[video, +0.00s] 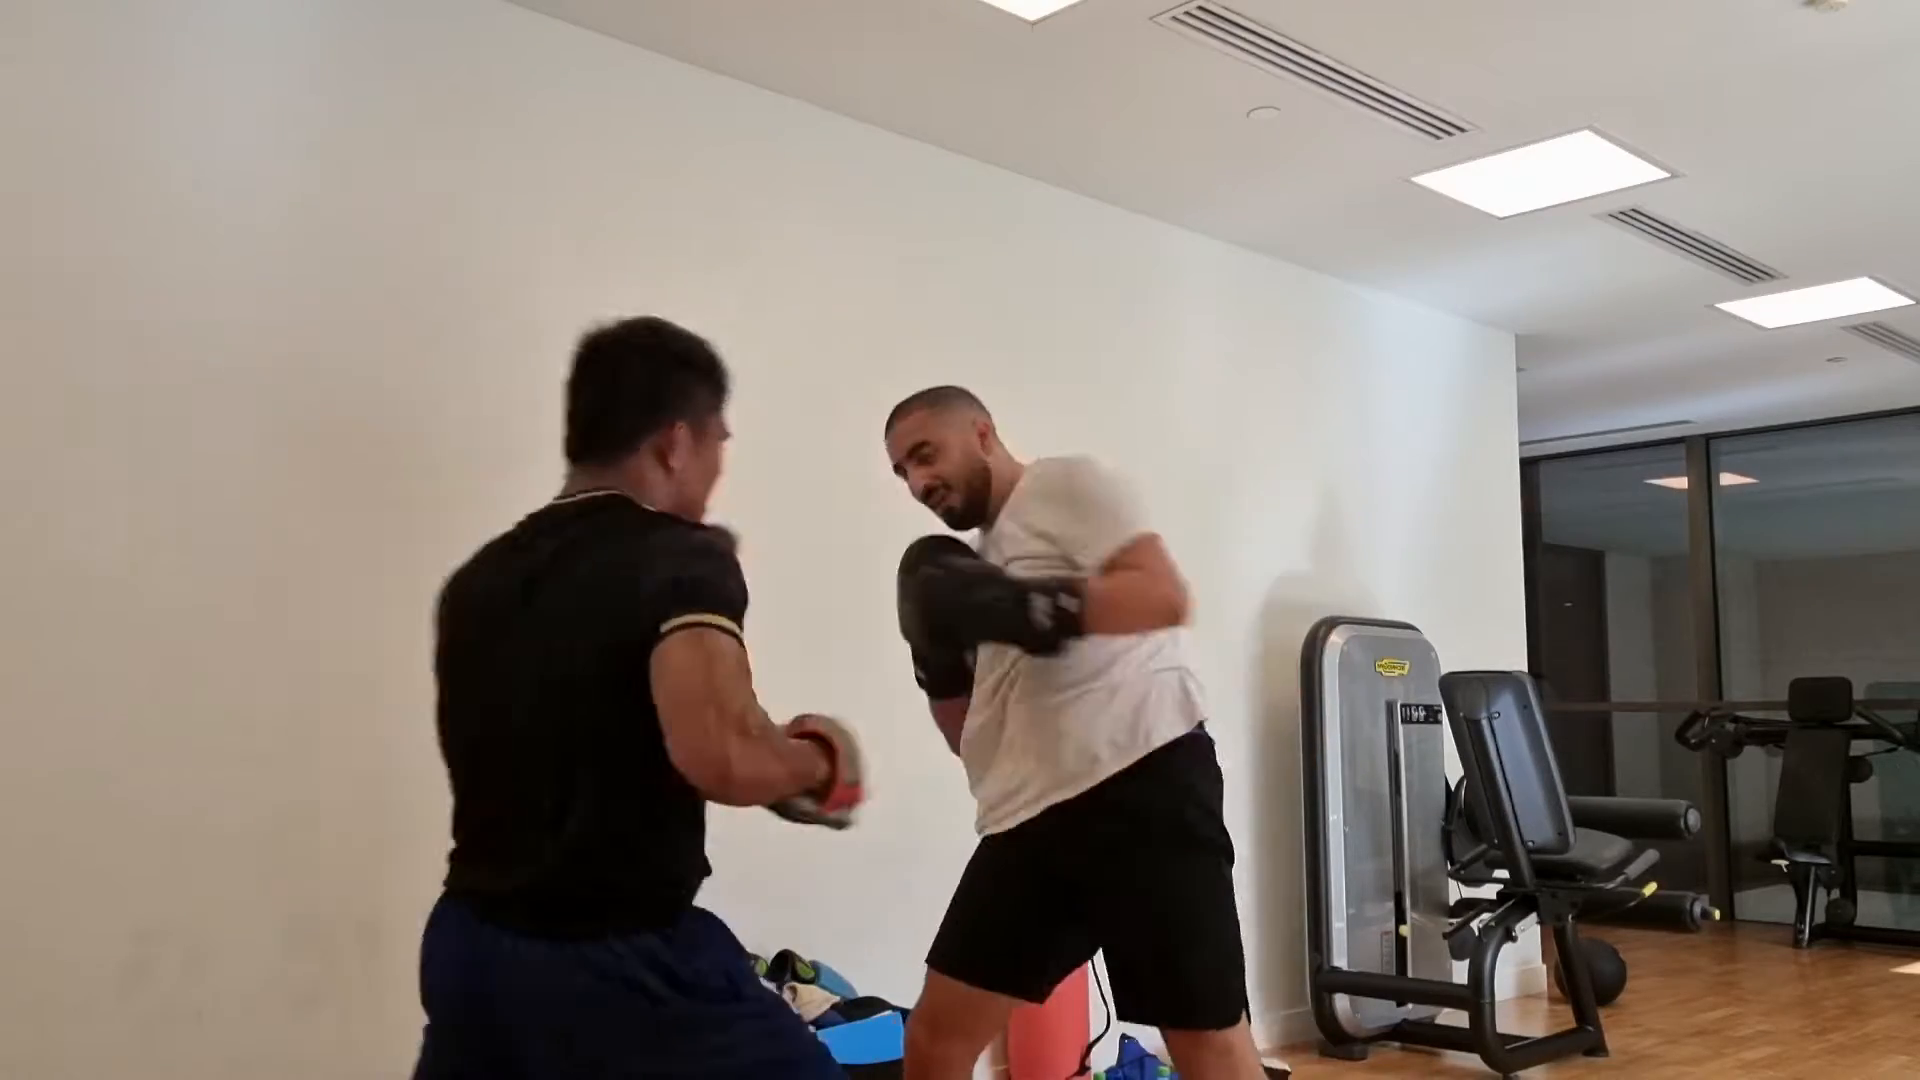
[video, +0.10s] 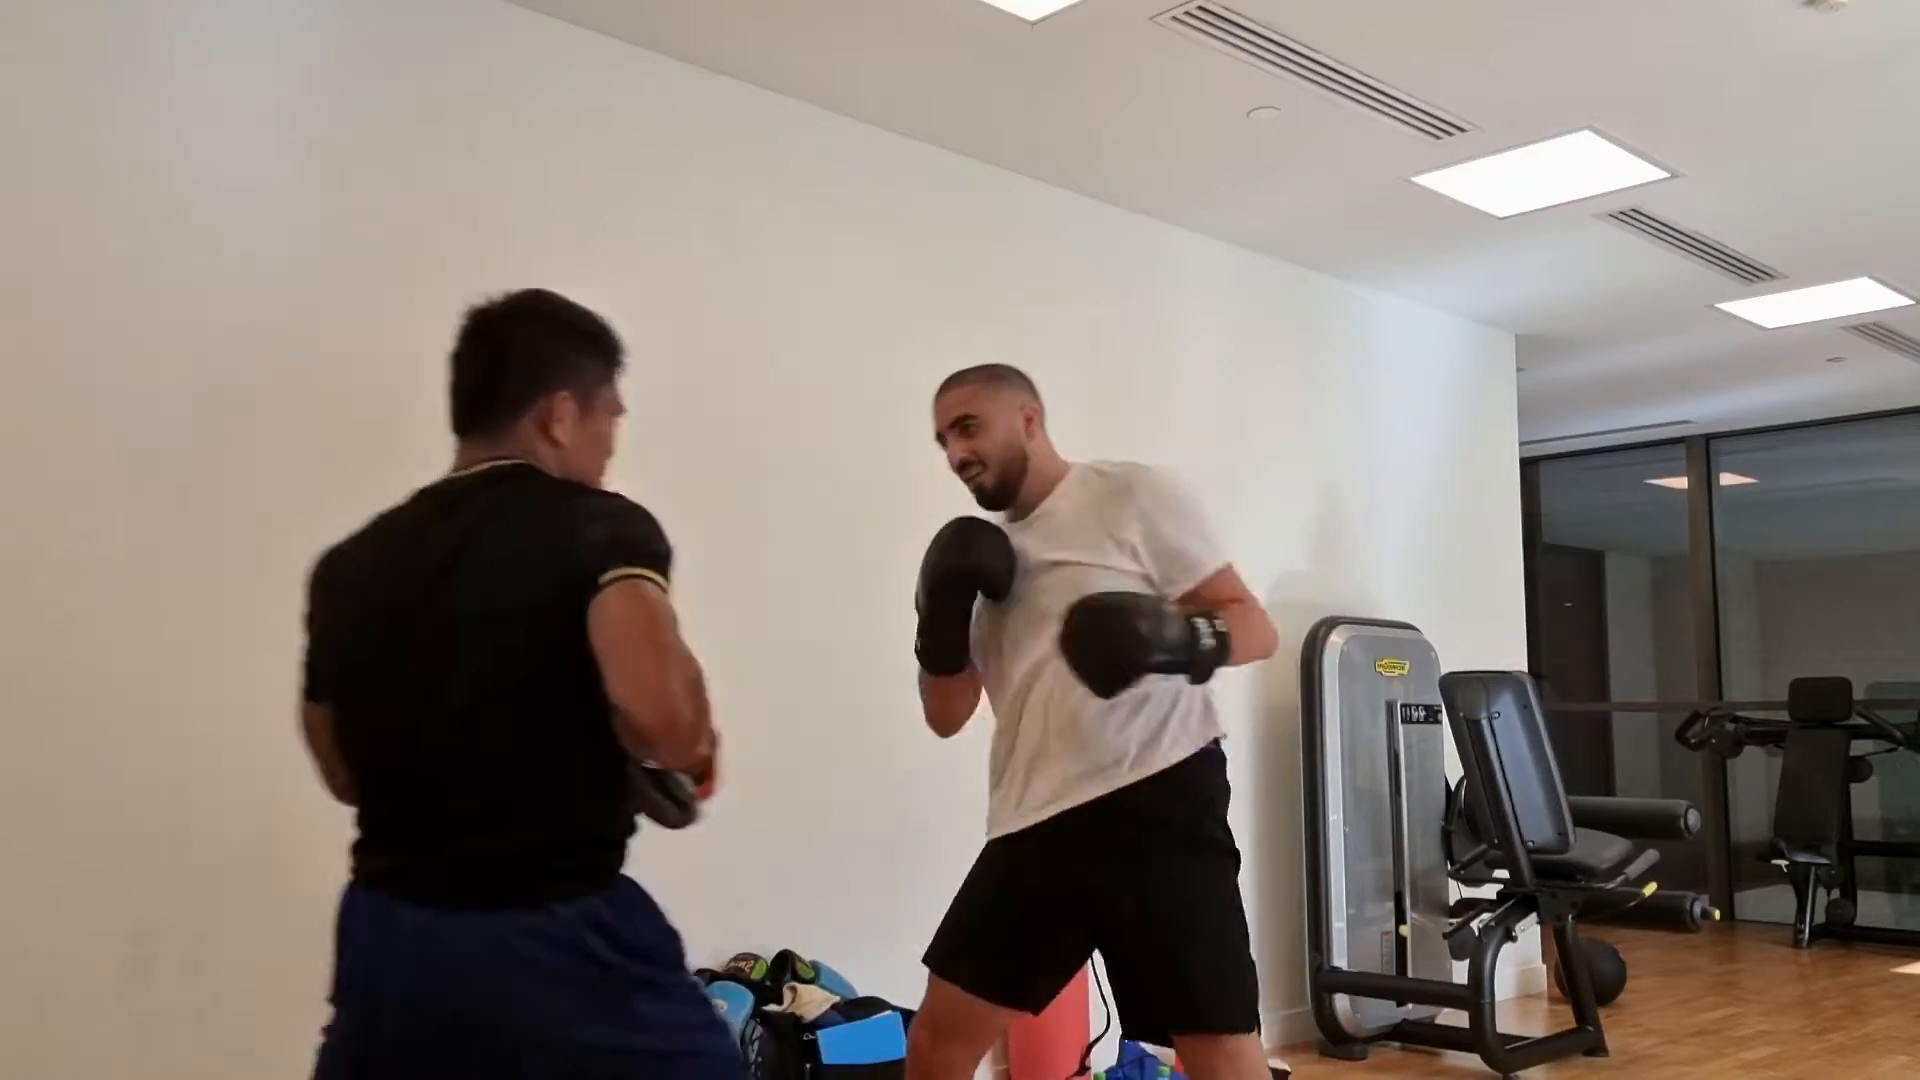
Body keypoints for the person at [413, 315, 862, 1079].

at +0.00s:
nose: (721, 461)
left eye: (723, 439)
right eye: (717, 438)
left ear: (582, 436)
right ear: (674, 444)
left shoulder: (476, 579)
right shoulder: (676, 555)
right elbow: (719, 756)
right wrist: (815, 755)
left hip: (474, 963)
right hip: (634, 973)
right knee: (801, 1061)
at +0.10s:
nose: (615, 438)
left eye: (617, 415)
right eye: (610, 415)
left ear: (468, 415)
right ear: (557, 417)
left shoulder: (350, 565)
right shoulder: (601, 525)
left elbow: (345, 774)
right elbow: (649, 695)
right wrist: (693, 754)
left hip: (392, 965)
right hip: (572, 963)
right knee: (701, 1057)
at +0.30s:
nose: (458, 413)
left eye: (461, 385)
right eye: (453, 382)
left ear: (300, 378)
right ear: (388, 372)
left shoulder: (166, 517)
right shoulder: (428, 481)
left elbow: (195, 711)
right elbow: (469, 679)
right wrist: (511, 726)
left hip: (202, 937)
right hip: (398, 926)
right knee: (570, 1061)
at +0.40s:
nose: (424, 396)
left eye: (427, 367)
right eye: (418, 362)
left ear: (256, 359)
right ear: (349, 350)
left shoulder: (121, 493)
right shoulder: (385, 461)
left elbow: (138, 685)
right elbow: (424, 663)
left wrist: (369, 708)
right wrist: (476, 715)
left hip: (145, 931)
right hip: (343, 925)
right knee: (511, 1063)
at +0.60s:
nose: (408, 395)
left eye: (414, 365)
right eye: (404, 359)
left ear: (238, 340)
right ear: (334, 341)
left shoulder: (71, 471)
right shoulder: (359, 468)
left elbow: (68, 679)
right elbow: (393, 709)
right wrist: (438, 735)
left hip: (72, 944)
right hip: (280, 945)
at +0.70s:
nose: (426, 406)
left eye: (435, 374)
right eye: (428, 367)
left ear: (253, 336)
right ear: (358, 346)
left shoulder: (69, 467)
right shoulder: (385, 480)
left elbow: (41, 683)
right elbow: (418, 733)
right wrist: (422, 768)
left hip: (52, 959)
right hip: (268, 961)